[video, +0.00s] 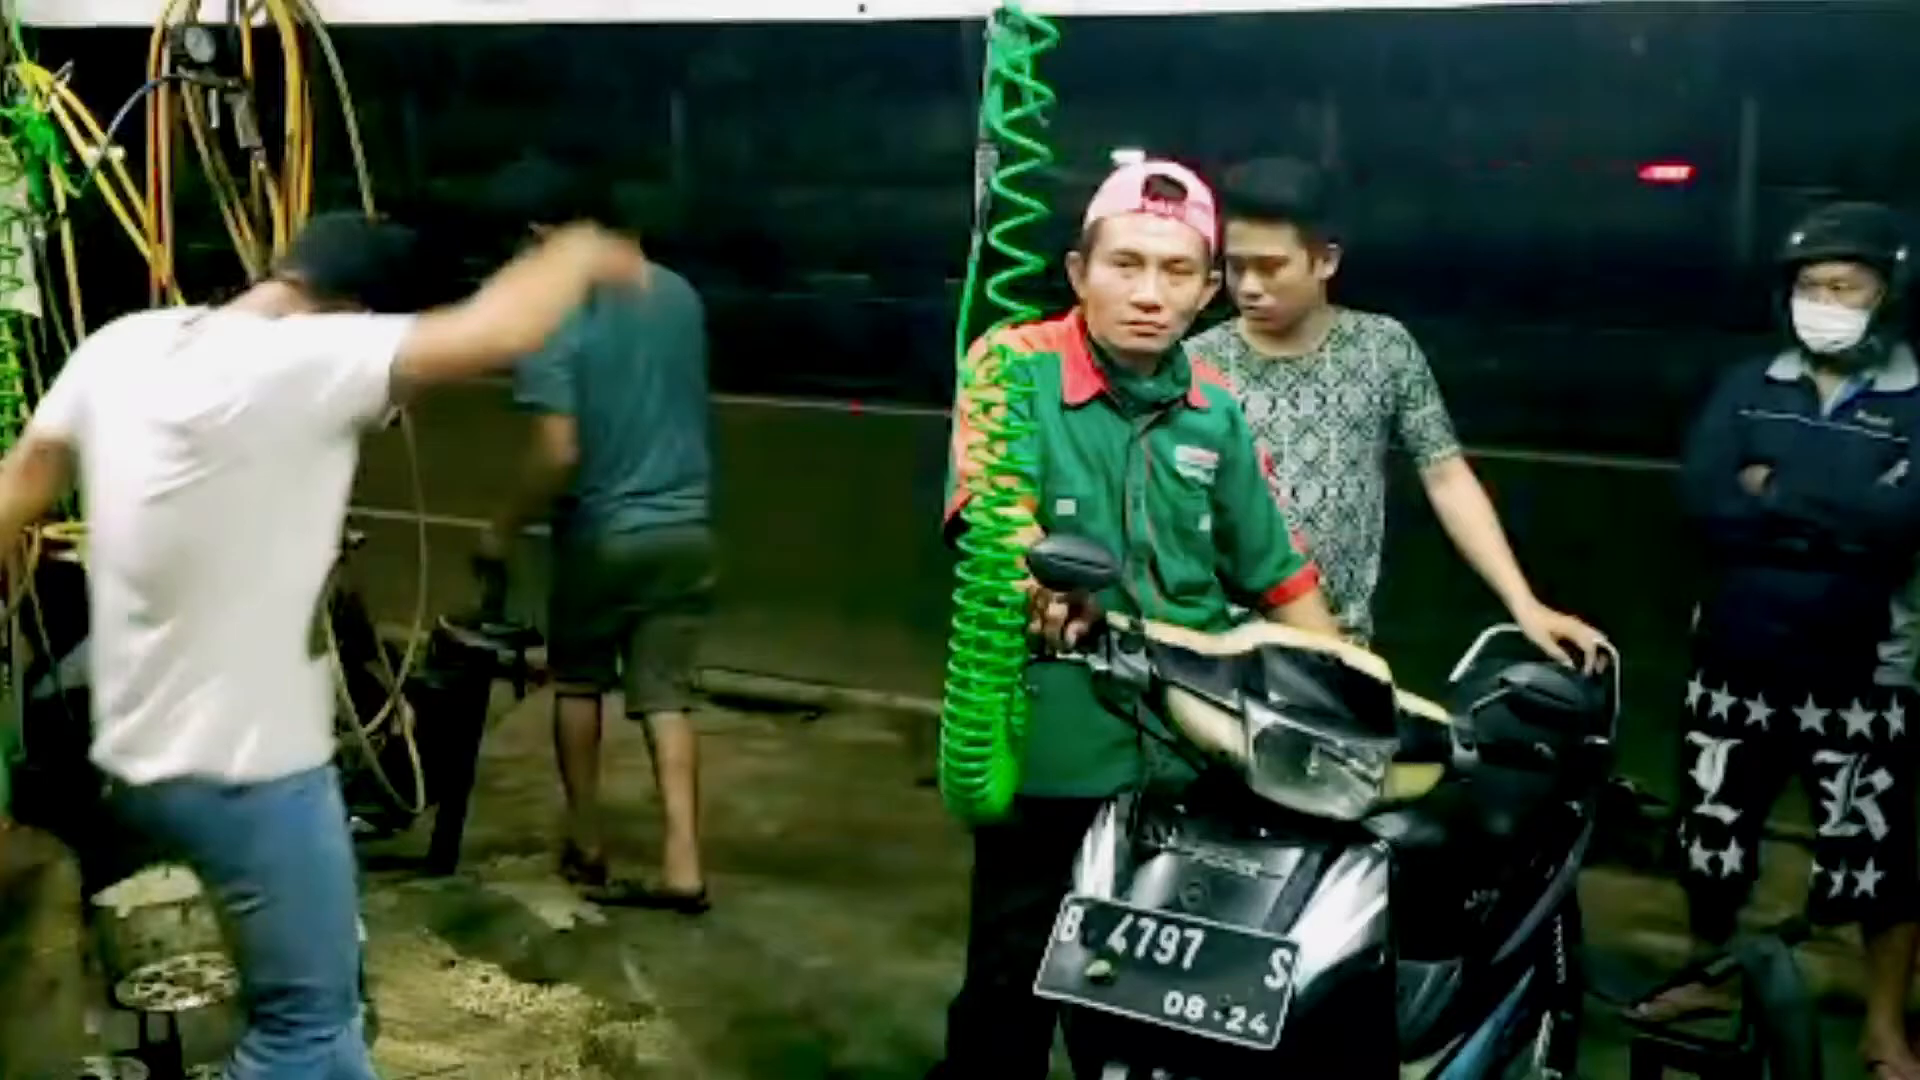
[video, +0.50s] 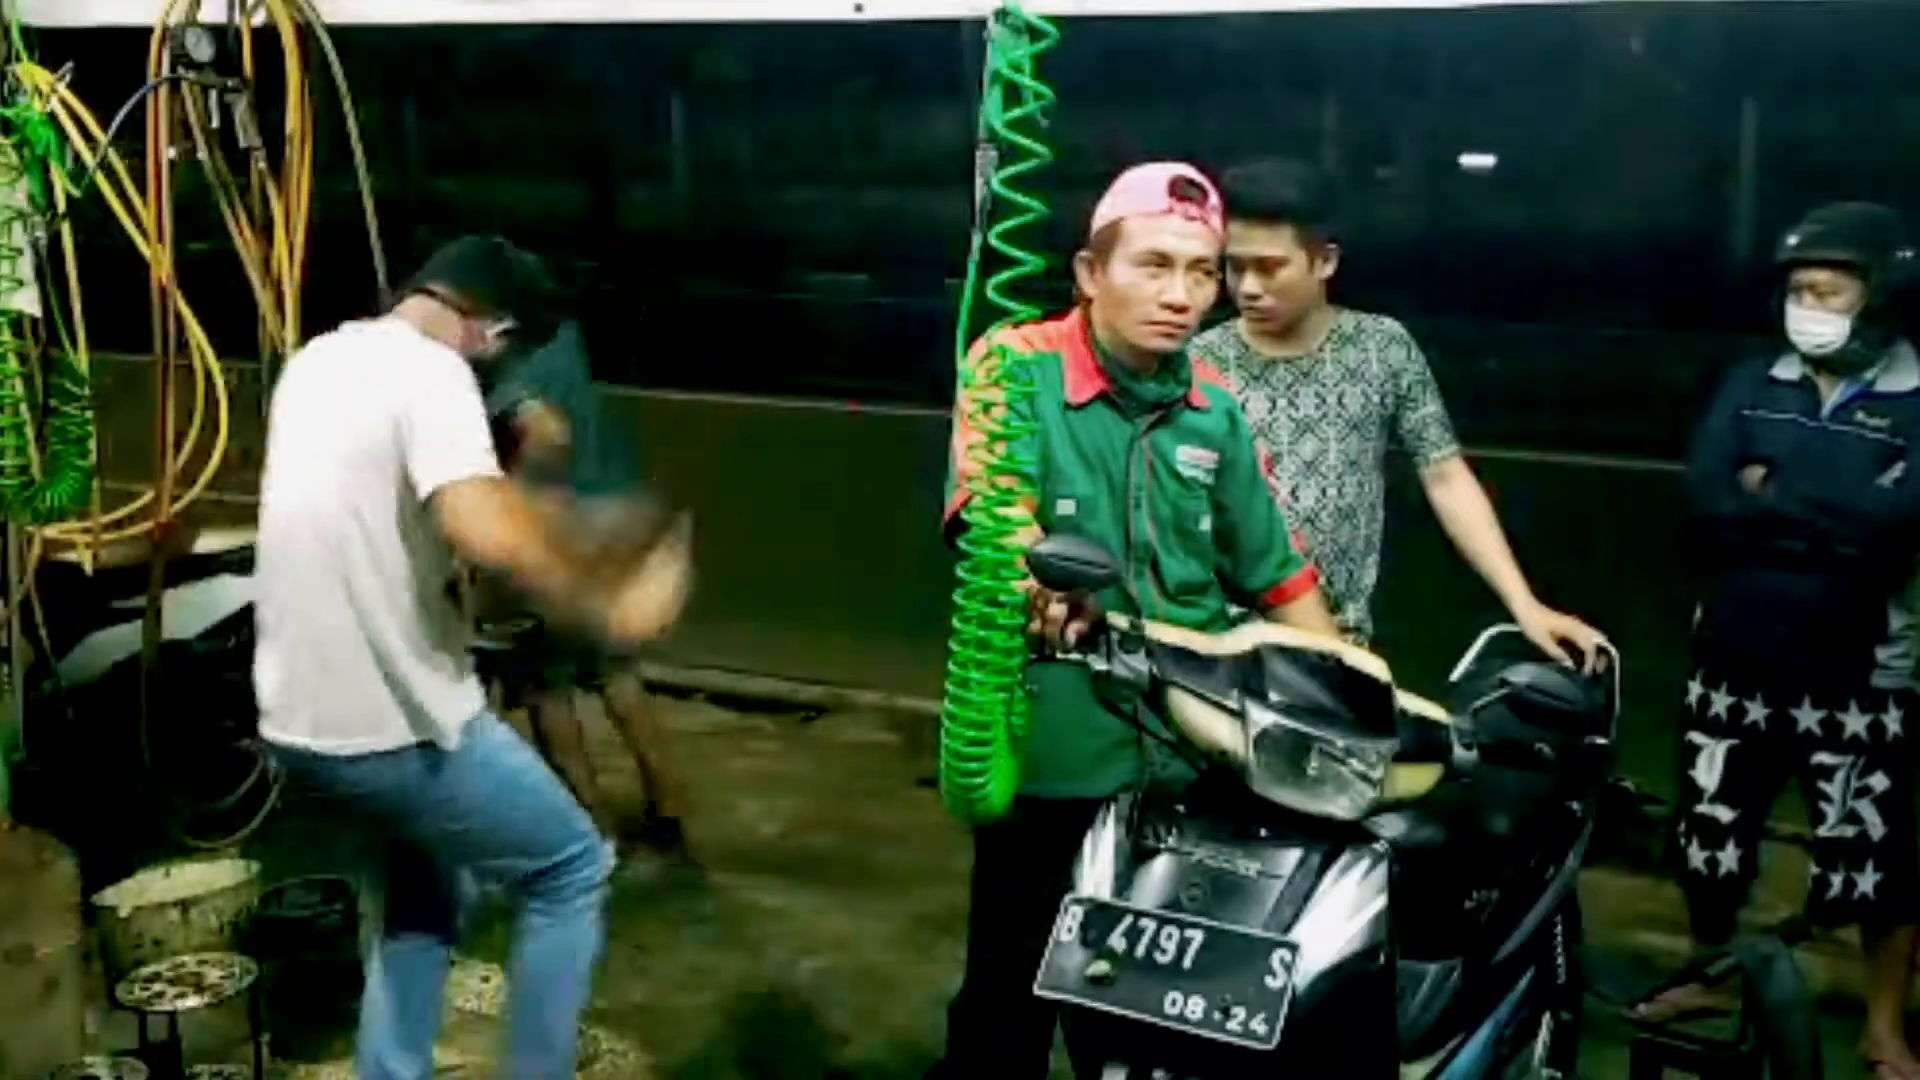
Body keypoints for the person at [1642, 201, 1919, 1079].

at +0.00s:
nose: (1826, 305)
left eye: (1847, 290)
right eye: (1812, 287)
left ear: (1882, 298)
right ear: (1788, 294)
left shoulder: (1908, 401)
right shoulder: (1745, 388)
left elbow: (1897, 519)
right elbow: (1701, 498)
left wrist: (1768, 482)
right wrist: (1836, 513)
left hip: (1861, 664)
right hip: (1739, 655)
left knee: (1874, 857)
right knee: (1709, 835)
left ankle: (1887, 1026)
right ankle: (1709, 971)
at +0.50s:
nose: (1812, 304)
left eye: (1833, 290)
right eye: (1800, 287)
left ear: (1873, 297)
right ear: (1782, 293)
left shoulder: (1906, 398)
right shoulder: (1748, 385)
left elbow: (1895, 518)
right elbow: (1703, 498)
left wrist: (1767, 479)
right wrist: (1841, 507)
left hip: (1860, 666)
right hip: (1738, 657)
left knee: (1871, 861)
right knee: (1708, 837)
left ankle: (1886, 1027)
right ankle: (1708, 971)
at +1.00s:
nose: (1797, 304)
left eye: (1817, 289)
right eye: (1786, 287)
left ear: (1858, 294)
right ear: (1772, 290)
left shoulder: (1904, 394)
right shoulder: (1744, 386)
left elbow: (1898, 520)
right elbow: (1700, 500)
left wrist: (1763, 483)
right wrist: (1840, 509)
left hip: (1859, 665)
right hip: (1737, 656)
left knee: (1873, 860)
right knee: (1707, 835)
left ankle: (1886, 1026)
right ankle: (1708, 973)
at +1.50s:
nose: (1787, 297)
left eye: (1808, 282)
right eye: (1780, 281)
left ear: (1856, 293)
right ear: (1771, 288)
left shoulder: (1903, 393)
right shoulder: (1748, 385)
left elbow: (1896, 515)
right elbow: (1705, 493)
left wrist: (1764, 478)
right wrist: (1839, 497)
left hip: (1858, 661)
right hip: (1739, 651)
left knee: (1866, 853)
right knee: (1708, 832)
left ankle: (1882, 1017)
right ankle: (1708, 975)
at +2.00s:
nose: (1756, 303)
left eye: (1778, 289)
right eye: (1750, 286)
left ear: (1830, 299)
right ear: (1741, 290)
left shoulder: (1891, 395)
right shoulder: (1729, 384)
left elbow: (1872, 520)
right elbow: (1688, 499)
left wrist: (1740, 482)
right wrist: (1825, 499)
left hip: (1839, 659)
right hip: (1721, 649)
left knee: (1860, 852)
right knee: (1699, 829)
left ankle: (1885, 1020)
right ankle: (1709, 972)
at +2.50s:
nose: (1696, 301)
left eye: (1717, 285)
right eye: (1690, 284)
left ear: (1772, 291)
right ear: (1685, 287)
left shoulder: (1846, 388)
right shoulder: (1671, 384)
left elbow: (1835, 502)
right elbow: (1649, 493)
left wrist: (1697, 470)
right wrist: (1788, 486)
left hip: (1811, 656)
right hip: (1693, 651)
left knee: (1849, 854)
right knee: (1684, 837)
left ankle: (1880, 1021)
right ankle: (1701, 971)